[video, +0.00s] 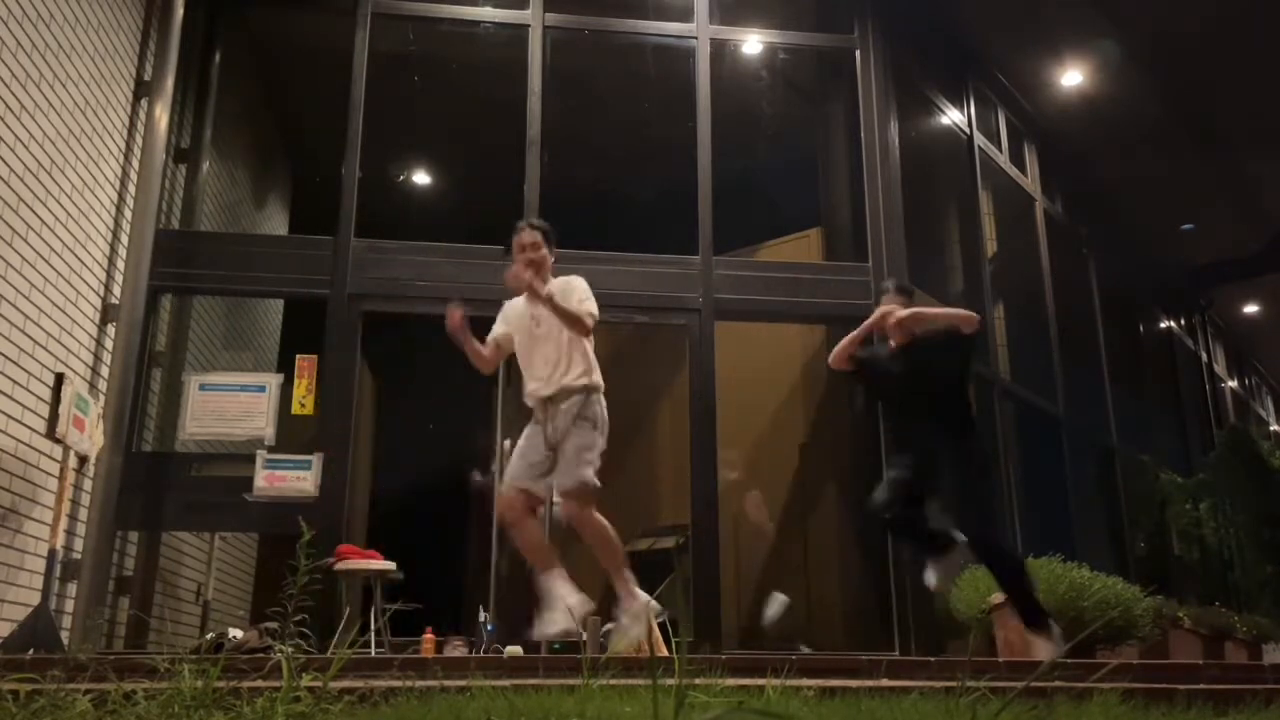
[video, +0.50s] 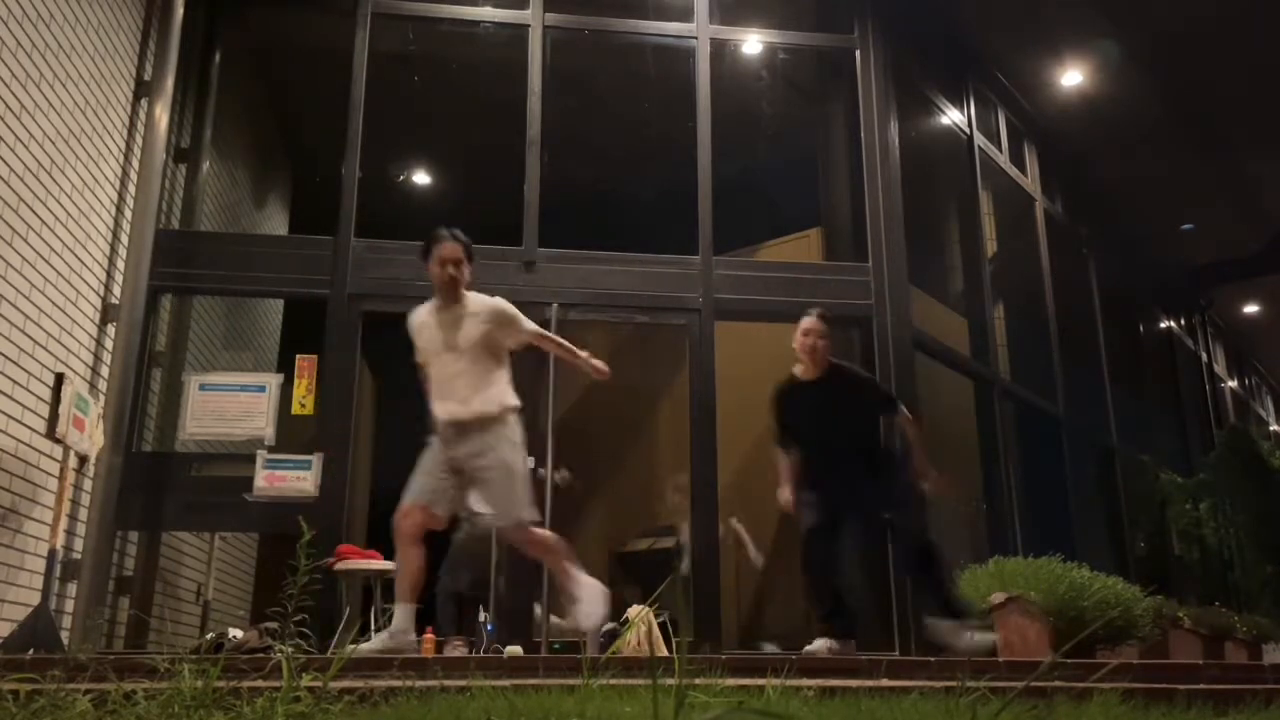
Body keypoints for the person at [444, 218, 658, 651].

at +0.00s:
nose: (529, 256)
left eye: (535, 247)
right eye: (522, 250)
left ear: (550, 252)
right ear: (512, 260)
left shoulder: (570, 285)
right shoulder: (514, 308)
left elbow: (585, 327)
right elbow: (488, 362)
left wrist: (541, 294)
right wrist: (463, 336)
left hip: (582, 406)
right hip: (543, 416)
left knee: (576, 507)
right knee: (511, 506)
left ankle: (633, 601)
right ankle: (565, 599)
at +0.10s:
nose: (524, 278)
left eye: (531, 270)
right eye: (516, 272)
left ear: (547, 273)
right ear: (509, 281)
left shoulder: (568, 304)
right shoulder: (518, 333)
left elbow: (583, 349)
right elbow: (498, 388)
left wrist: (534, 331)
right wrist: (465, 390)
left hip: (586, 425)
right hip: (548, 434)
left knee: (605, 534)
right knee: (491, 509)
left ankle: (660, 625)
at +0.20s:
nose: (515, 307)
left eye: (521, 297)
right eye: (506, 301)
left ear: (537, 302)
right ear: (498, 310)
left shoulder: (564, 338)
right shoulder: (511, 366)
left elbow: (586, 388)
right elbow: (502, 430)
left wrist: (558, 424)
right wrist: (466, 468)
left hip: (590, 459)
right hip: (546, 464)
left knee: (605, 557)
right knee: (483, 530)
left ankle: (664, 633)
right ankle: (421, 622)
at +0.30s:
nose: (492, 307)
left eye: (498, 299)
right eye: (483, 301)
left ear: (512, 305)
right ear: (472, 312)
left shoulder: (539, 345)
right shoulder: (478, 365)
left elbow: (581, 397)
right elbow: (489, 435)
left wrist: (613, 446)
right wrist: (488, 497)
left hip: (567, 459)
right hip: (520, 470)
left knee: (592, 555)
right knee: (458, 534)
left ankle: (661, 629)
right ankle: (408, 631)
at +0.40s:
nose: (465, 291)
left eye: (471, 283)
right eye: (456, 284)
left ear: (484, 287)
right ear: (442, 292)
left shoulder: (509, 328)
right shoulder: (443, 342)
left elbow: (563, 364)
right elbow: (461, 399)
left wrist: (610, 390)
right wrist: (475, 446)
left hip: (528, 449)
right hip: (479, 456)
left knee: (568, 541)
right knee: (426, 523)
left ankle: (641, 616)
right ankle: (402, 630)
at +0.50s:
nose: (451, 272)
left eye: (458, 264)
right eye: (443, 264)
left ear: (469, 269)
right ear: (428, 269)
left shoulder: (493, 311)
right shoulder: (419, 320)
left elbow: (541, 339)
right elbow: (429, 373)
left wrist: (584, 360)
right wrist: (441, 415)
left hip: (496, 433)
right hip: (446, 438)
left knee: (516, 530)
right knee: (408, 523)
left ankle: (585, 589)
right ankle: (401, 630)